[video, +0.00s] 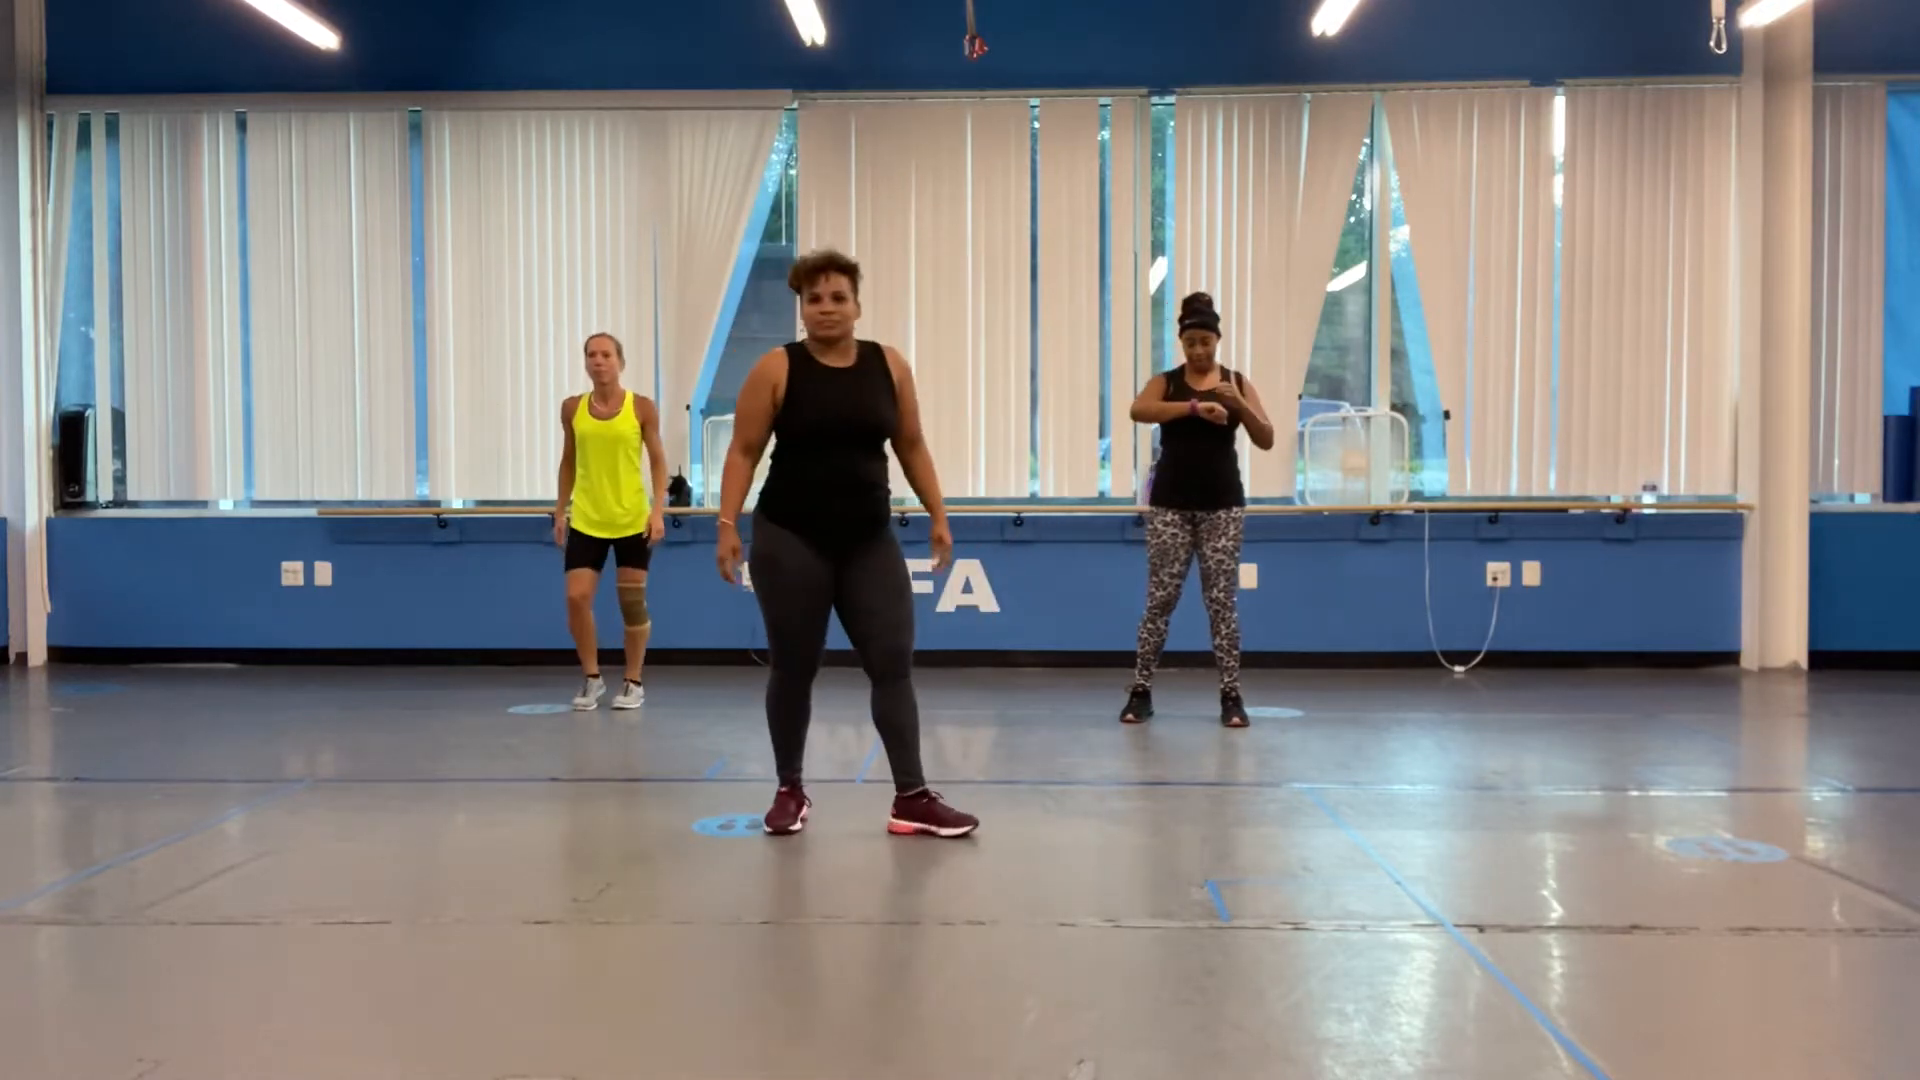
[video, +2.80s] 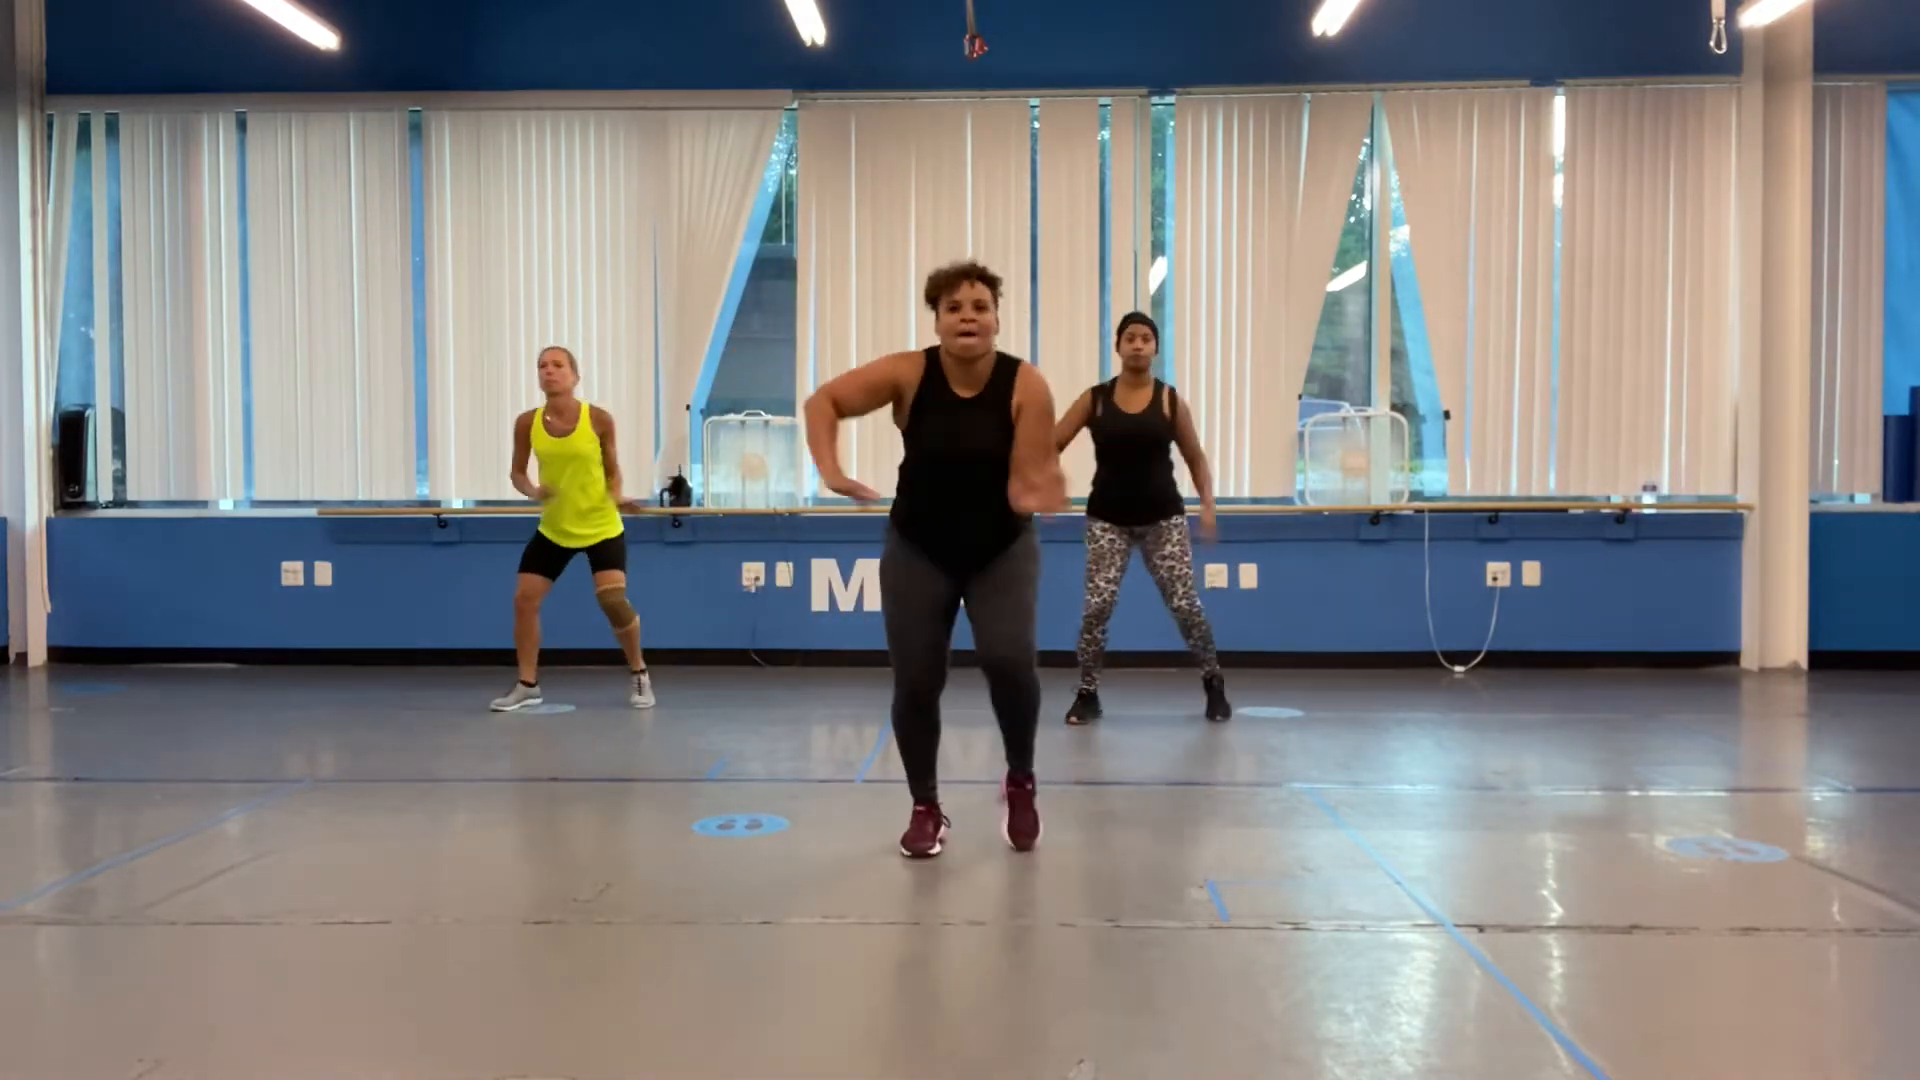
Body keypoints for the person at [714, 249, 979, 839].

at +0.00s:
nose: (827, 308)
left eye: (838, 298)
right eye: (816, 299)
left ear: (857, 304)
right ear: (800, 306)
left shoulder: (889, 365)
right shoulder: (775, 369)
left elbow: (912, 445)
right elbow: (743, 451)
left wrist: (938, 515)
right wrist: (727, 523)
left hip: (869, 539)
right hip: (791, 539)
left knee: (892, 662)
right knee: (792, 666)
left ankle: (912, 796)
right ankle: (789, 790)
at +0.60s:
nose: (883, 308)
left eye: (891, 299)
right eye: (870, 300)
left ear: (904, 309)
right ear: (847, 311)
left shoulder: (938, 375)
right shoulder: (820, 385)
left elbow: (968, 460)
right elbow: (799, 472)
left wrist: (978, 542)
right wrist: (786, 552)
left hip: (922, 548)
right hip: (839, 548)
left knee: (950, 677)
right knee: (819, 674)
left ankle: (1003, 806)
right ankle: (793, 788)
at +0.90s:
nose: (955, 295)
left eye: (965, 286)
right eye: (943, 287)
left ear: (983, 297)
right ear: (924, 300)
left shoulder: (1021, 369)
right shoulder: (899, 373)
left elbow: (1052, 451)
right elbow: (877, 463)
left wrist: (1067, 523)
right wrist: (872, 546)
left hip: (1002, 543)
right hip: (918, 544)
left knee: (1004, 672)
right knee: (887, 671)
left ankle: (1017, 813)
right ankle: (834, 776)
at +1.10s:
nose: (980, 291)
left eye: (990, 282)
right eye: (967, 284)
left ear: (1008, 292)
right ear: (949, 298)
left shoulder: (1048, 364)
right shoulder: (922, 369)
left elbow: (1074, 454)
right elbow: (903, 459)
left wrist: (1062, 534)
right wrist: (905, 536)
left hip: (1023, 540)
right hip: (941, 539)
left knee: (1016, 675)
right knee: (933, 668)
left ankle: (1018, 813)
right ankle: (914, 789)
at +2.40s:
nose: (980, 301)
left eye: (992, 290)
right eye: (967, 288)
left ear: (1006, 302)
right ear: (945, 298)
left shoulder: (1034, 367)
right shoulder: (913, 359)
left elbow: (1091, 437)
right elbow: (898, 447)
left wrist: (1125, 508)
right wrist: (958, 514)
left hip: (1032, 534)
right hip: (948, 533)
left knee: (1025, 677)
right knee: (925, 661)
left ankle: (1022, 812)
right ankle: (961, 787)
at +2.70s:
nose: (967, 318)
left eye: (980, 307)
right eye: (954, 307)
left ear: (996, 319)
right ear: (934, 318)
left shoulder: (1023, 399)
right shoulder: (905, 375)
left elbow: (1027, 494)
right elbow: (834, 429)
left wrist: (1076, 505)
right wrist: (897, 466)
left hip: (997, 547)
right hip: (916, 549)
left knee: (979, 655)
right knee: (911, 679)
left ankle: (1046, 763)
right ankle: (925, 809)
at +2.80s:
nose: (968, 317)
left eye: (980, 307)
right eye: (955, 308)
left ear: (997, 317)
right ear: (936, 319)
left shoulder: (1025, 386)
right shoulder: (906, 372)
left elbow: (1040, 477)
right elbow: (821, 402)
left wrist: (1037, 495)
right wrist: (831, 473)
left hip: (1003, 547)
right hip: (918, 547)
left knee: (1009, 663)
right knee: (916, 683)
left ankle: (1021, 782)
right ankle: (924, 808)